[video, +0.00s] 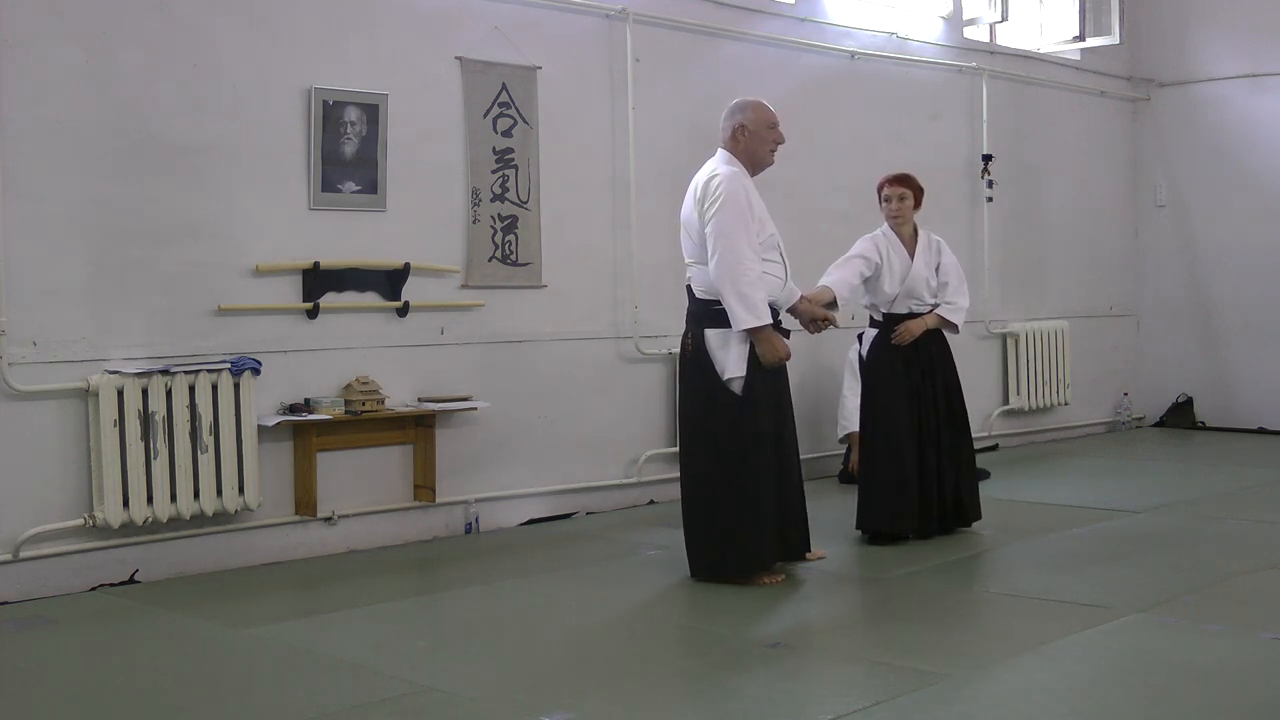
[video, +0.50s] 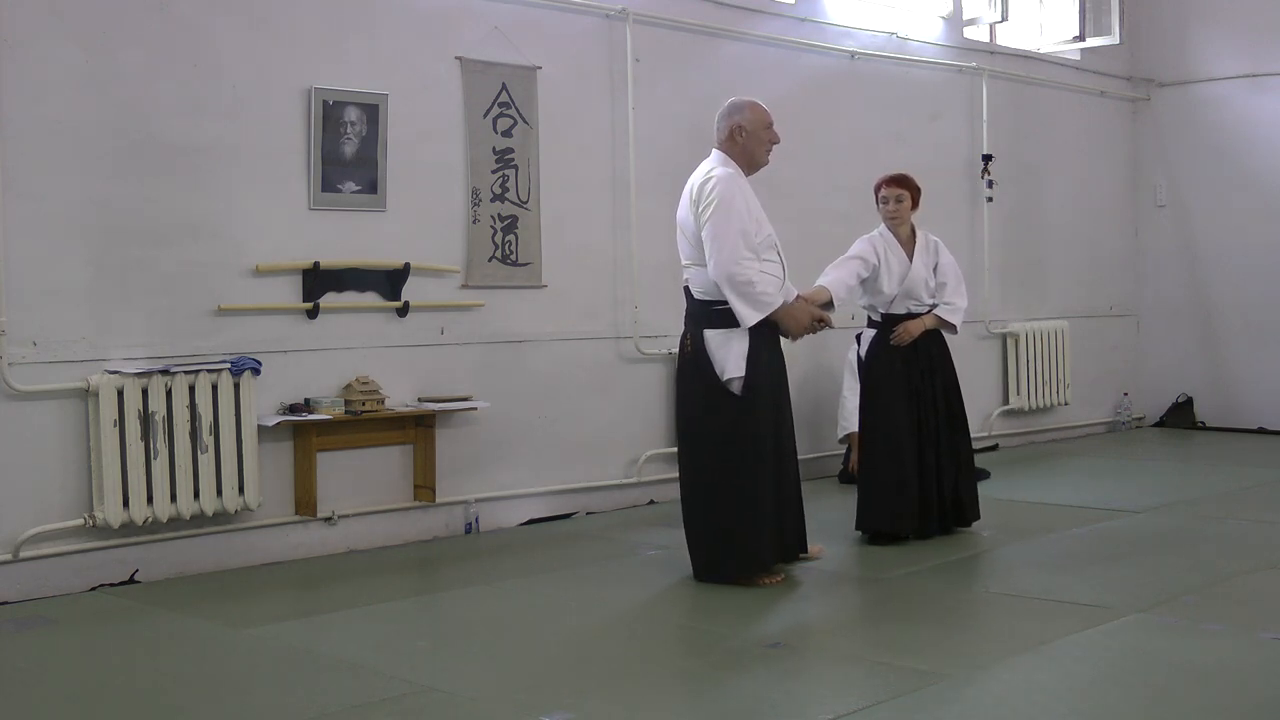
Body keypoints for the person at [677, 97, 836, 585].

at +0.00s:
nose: (780, 137)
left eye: (778, 129)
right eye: (771, 129)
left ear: (739, 133)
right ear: (740, 133)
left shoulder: (735, 181)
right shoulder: (725, 183)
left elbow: (757, 263)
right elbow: (732, 264)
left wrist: (797, 302)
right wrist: (761, 331)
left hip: (748, 327)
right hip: (725, 331)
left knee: (769, 440)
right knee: (733, 448)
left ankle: (780, 541)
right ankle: (735, 560)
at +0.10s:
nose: (779, 138)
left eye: (777, 129)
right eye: (771, 129)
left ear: (739, 133)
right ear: (740, 133)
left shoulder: (732, 180)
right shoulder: (724, 183)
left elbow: (753, 264)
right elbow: (730, 265)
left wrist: (795, 302)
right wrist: (760, 331)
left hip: (745, 327)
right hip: (725, 331)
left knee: (767, 440)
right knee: (733, 448)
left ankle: (778, 541)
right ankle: (734, 561)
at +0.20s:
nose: (778, 138)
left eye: (776, 129)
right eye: (770, 129)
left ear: (738, 133)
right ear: (739, 133)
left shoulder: (730, 180)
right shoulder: (724, 183)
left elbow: (753, 263)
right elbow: (729, 266)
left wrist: (795, 302)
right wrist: (759, 332)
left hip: (745, 326)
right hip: (724, 330)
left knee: (766, 440)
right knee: (733, 448)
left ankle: (777, 541)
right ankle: (734, 560)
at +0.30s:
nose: (777, 138)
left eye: (775, 130)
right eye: (769, 130)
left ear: (737, 133)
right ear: (739, 134)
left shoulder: (730, 181)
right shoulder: (723, 184)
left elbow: (754, 263)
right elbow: (730, 266)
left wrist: (794, 302)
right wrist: (760, 331)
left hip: (744, 324)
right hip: (723, 329)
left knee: (766, 439)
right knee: (732, 448)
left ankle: (777, 542)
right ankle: (734, 561)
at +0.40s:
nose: (776, 138)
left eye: (774, 130)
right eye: (768, 130)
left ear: (736, 133)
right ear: (738, 134)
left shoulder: (729, 181)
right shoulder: (722, 184)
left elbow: (755, 264)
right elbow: (731, 268)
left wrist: (795, 302)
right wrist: (770, 325)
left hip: (744, 324)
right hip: (723, 328)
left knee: (767, 438)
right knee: (732, 447)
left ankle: (777, 542)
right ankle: (734, 561)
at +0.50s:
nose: (776, 138)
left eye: (773, 129)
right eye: (768, 129)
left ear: (736, 133)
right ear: (738, 134)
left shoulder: (727, 180)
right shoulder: (721, 183)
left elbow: (750, 263)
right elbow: (732, 268)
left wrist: (793, 301)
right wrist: (782, 311)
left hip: (747, 326)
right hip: (725, 330)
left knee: (766, 438)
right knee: (733, 447)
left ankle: (776, 541)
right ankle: (734, 561)